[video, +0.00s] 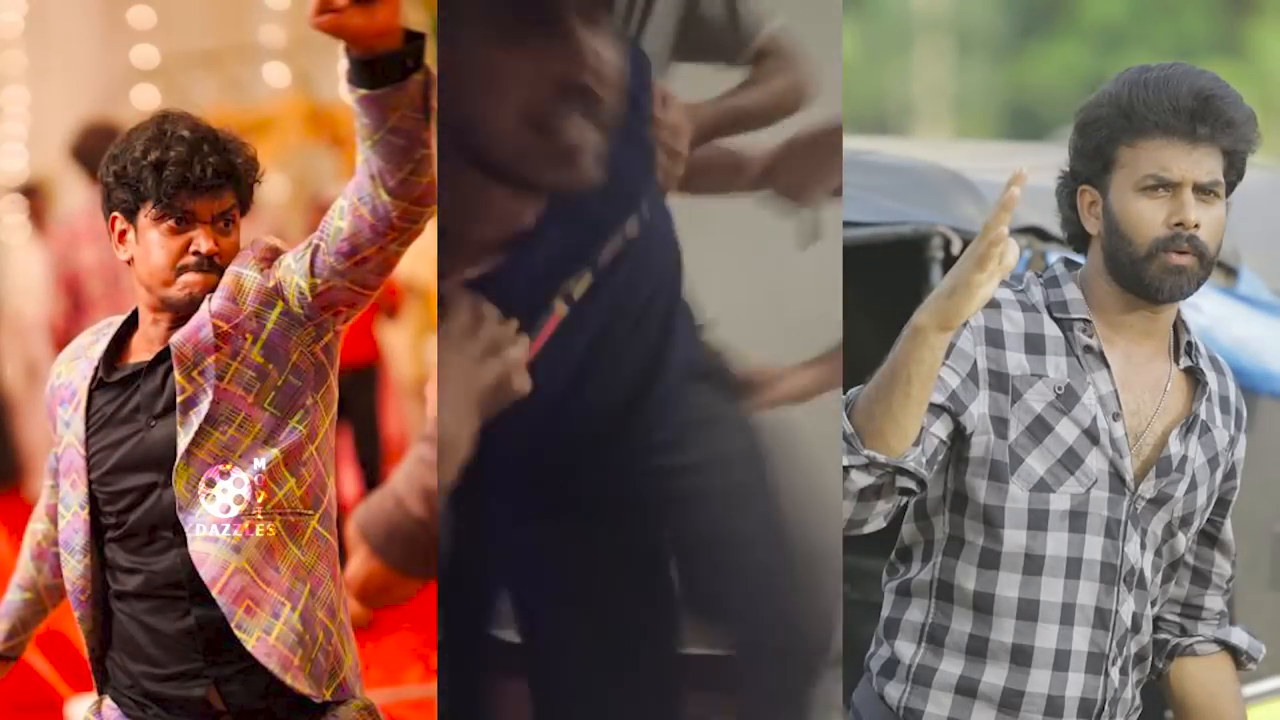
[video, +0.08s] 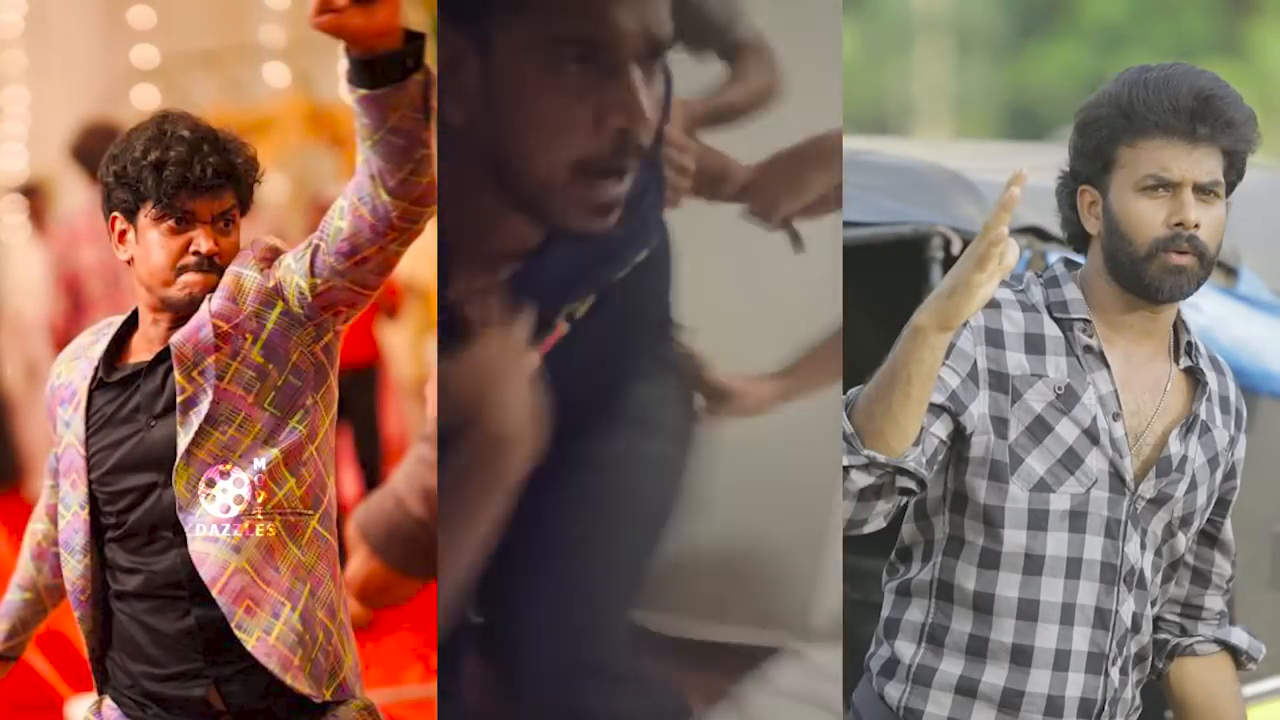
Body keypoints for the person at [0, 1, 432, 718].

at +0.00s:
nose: (206, 245)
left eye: (224, 223)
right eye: (179, 222)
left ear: (243, 230)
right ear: (123, 237)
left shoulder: (288, 311)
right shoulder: (76, 373)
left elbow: (394, 199)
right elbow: (56, 524)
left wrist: (381, 52)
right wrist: (8, 634)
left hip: (291, 700)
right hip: (140, 705)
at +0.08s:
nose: (206, 245)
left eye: (224, 223)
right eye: (179, 222)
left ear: (243, 230)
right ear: (123, 237)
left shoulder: (288, 311)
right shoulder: (76, 373)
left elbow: (394, 200)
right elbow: (56, 524)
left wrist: (381, 52)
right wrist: (8, 634)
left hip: (291, 700)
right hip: (140, 705)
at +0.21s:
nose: (206, 245)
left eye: (224, 223)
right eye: (179, 222)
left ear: (243, 230)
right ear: (122, 237)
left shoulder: (288, 312)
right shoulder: (76, 373)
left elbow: (394, 200)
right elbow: (56, 524)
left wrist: (381, 52)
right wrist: (8, 634)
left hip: (291, 700)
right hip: (140, 705)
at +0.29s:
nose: (206, 245)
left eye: (223, 223)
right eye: (179, 222)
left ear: (243, 230)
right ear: (122, 236)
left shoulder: (287, 312)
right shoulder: (76, 373)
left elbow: (394, 199)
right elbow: (56, 524)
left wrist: (380, 51)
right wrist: (7, 634)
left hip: (291, 700)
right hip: (140, 705)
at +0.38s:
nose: (206, 245)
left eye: (224, 222)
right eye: (179, 222)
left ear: (243, 230)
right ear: (122, 237)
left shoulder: (286, 313)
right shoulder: (76, 373)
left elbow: (393, 200)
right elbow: (56, 525)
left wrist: (379, 52)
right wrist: (8, 634)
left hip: (291, 700)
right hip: (140, 705)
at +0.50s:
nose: (206, 245)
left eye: (224, 223)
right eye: (179, 222)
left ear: (243, 230)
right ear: (123, 237)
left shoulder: (288, 312)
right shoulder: (76, 373)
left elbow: (394, 200)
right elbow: (56, 524)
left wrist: (381, 52)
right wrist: (8, 634)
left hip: (291, 700)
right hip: (140, 705)